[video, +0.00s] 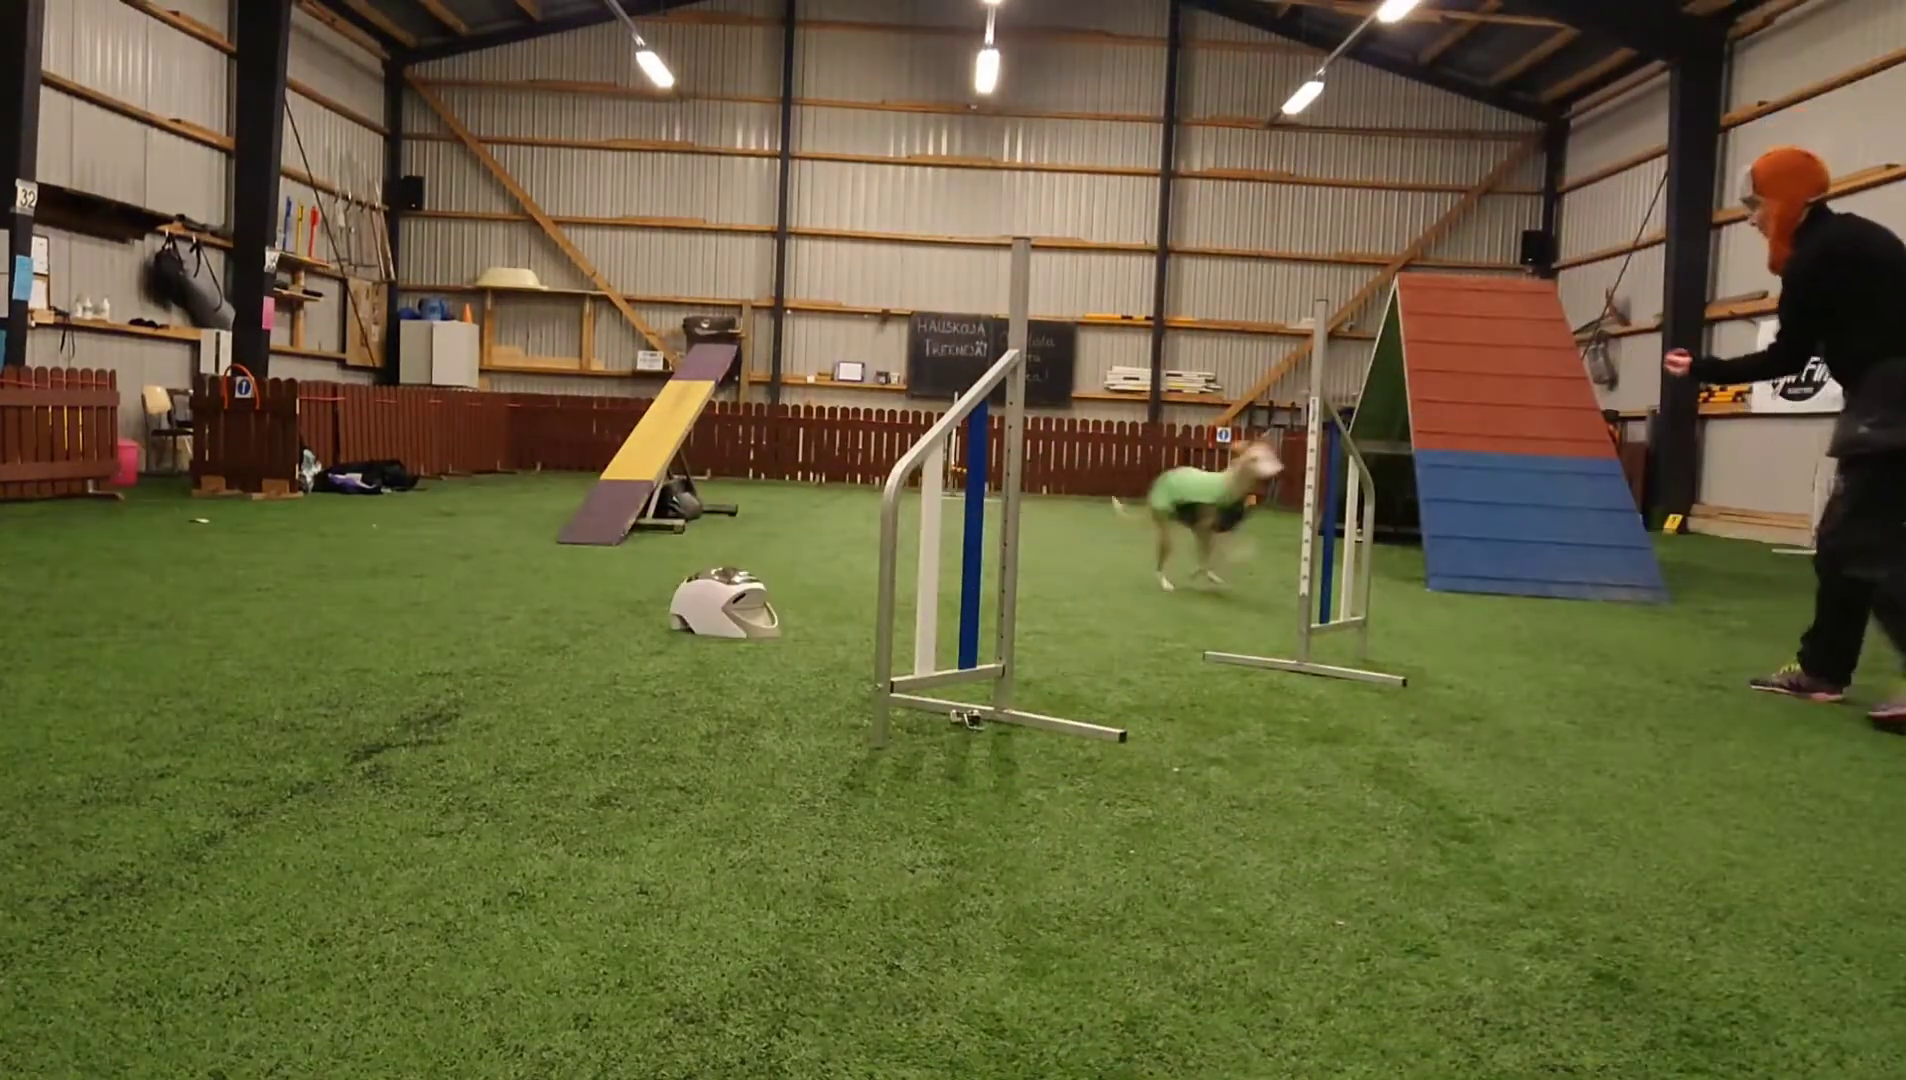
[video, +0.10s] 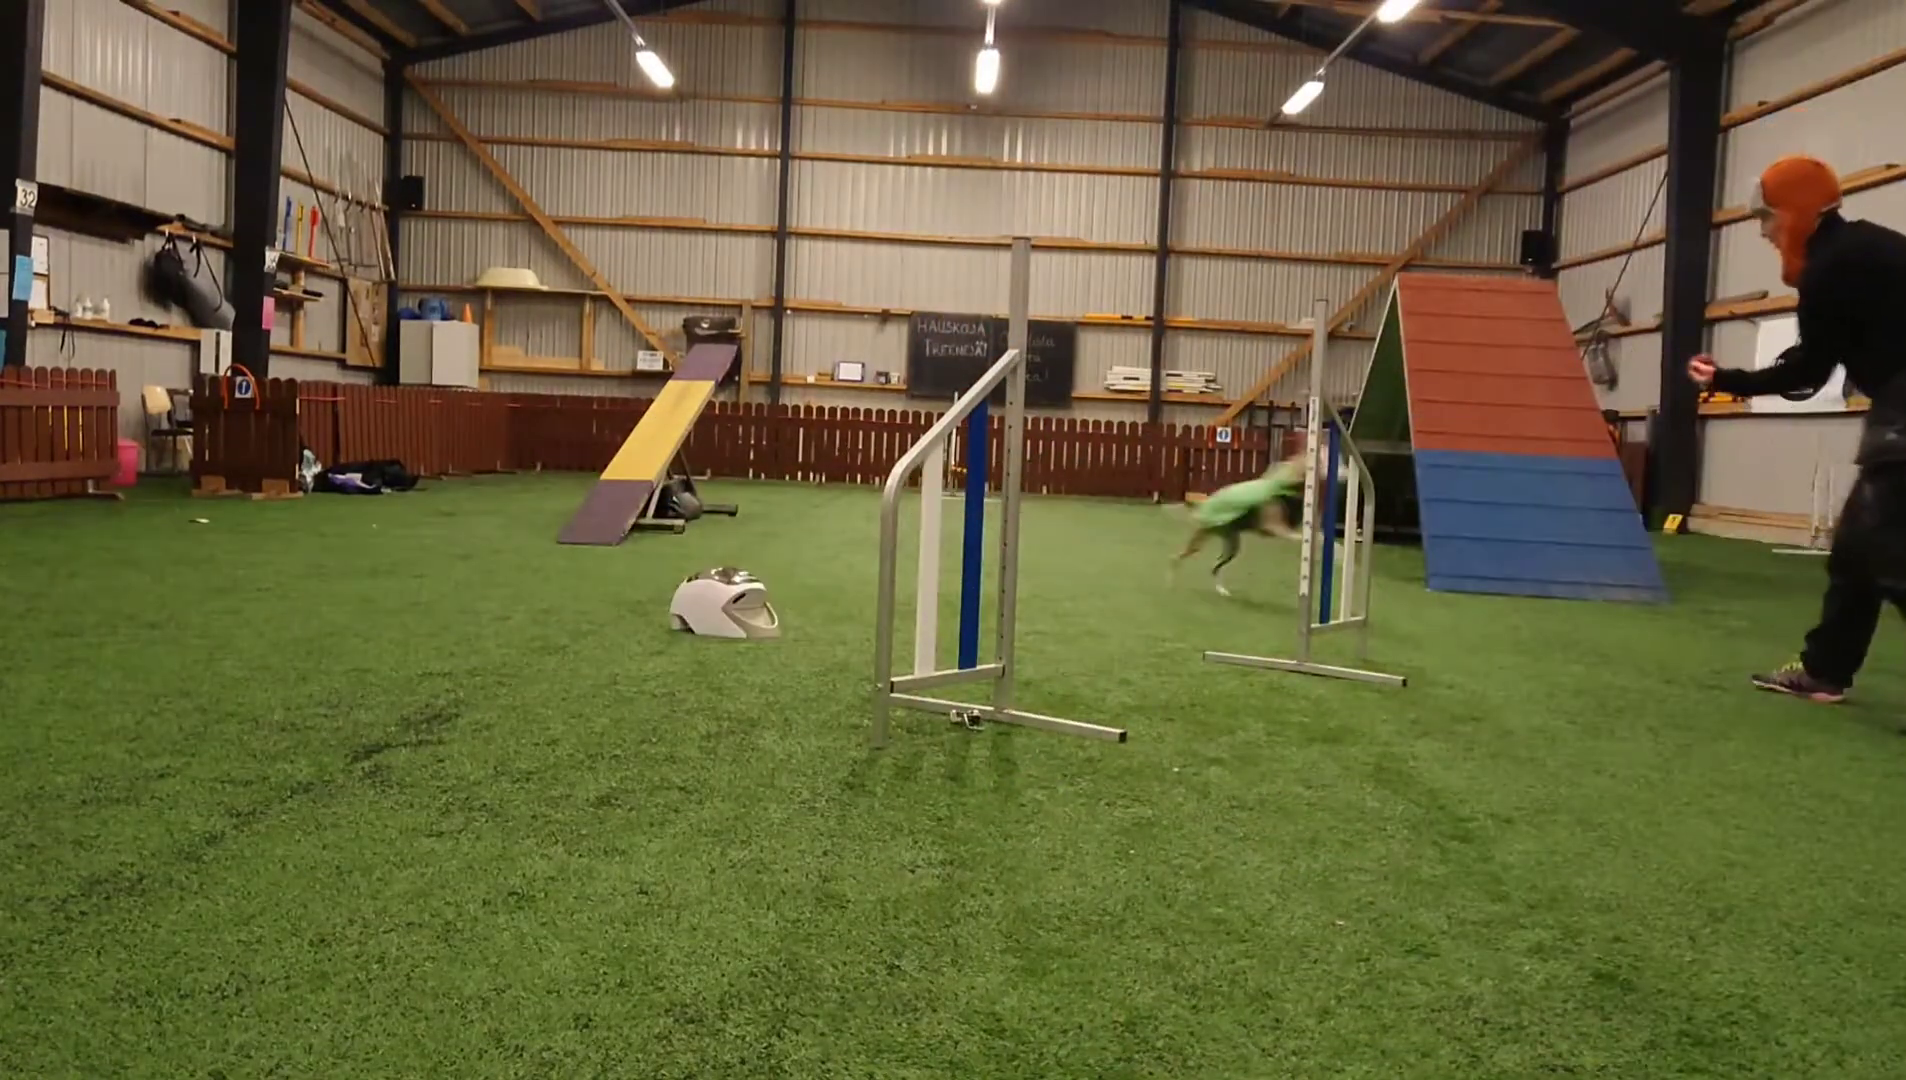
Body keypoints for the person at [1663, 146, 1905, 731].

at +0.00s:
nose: (1754, 217)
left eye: (1759, 204)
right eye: (1753, 205)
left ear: (1790, 203)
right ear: (1808, 201)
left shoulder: (1812, 258)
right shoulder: (1865, 235)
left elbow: (1786, 360)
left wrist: (1703, 367)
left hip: (1883, 423)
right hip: (1892, 420)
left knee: (1848, 541)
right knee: (1871, 545)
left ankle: (1823, 672)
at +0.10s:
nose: (1766, 230)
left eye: (1770, 216)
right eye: (1764, 218)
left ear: (1801, 213)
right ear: (1819, 210)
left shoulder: (1829, 268)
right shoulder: (1876, 241)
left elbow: (1807, 374)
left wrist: (1725, 380)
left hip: (1898, 423)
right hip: (1898, 419)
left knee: (1866, 542)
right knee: (1864, 541)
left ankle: (1828, 671)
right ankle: (1828, 670)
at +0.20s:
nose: (1773, 244)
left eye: (1775, 230)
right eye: (1768, 233)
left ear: (1807, 223)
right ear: (1824, 220)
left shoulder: (1844, 276)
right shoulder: (1880, 248)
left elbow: (1841, 380)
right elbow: (1842, 378)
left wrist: (1750, 407)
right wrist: (1758, 404)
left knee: (1887, 547)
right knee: (1885, 545)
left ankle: (1837, 671)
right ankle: (1838, 669)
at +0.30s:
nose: (1775, 260)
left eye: (1777, 245)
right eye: (1771, 247)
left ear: (1809, 239)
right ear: (1818, 236)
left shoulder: (1862, 283)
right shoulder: (1877, 259)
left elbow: (1867, 395)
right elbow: (1867, 394)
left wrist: (1793, 453)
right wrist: (1795, 452)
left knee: (1896, 535)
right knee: (1895, 534)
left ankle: (1900, 679)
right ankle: (1897, 677)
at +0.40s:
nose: (1780, 270)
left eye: (1780, 255)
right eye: (1775, 258)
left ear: (1809, 247)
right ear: (1810, 248)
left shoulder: (1872, 284)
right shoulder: (1883, 256)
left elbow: (1894, 405)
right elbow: (1893, 404)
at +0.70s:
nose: (1774, 280)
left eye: (1777, 265)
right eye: (1770, 268)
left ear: (1811, 257)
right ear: (1815, 257)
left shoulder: (1879, 290)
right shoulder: (1871, 288)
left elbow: (1887, 409)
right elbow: (1884, 408)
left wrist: (1865, 503)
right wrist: (1866, 502)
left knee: (1903, 544)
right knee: (1901, 545)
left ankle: (1904, 701)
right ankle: (1901, 699)